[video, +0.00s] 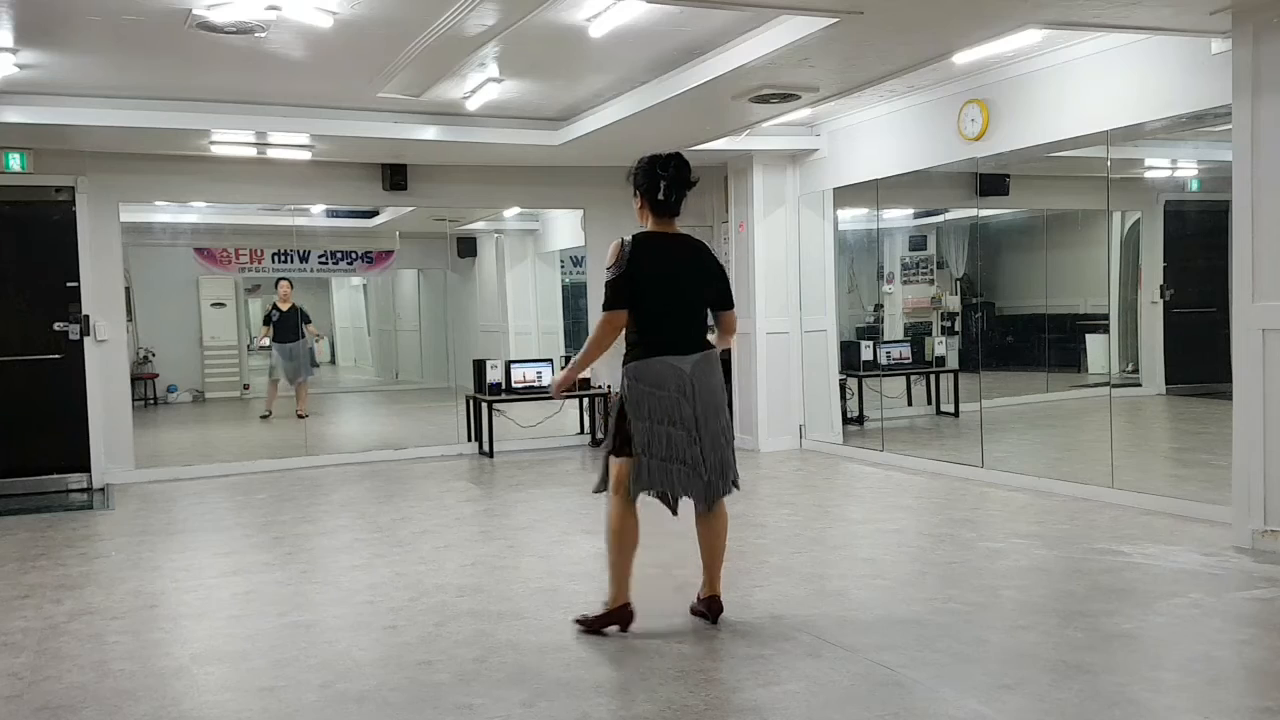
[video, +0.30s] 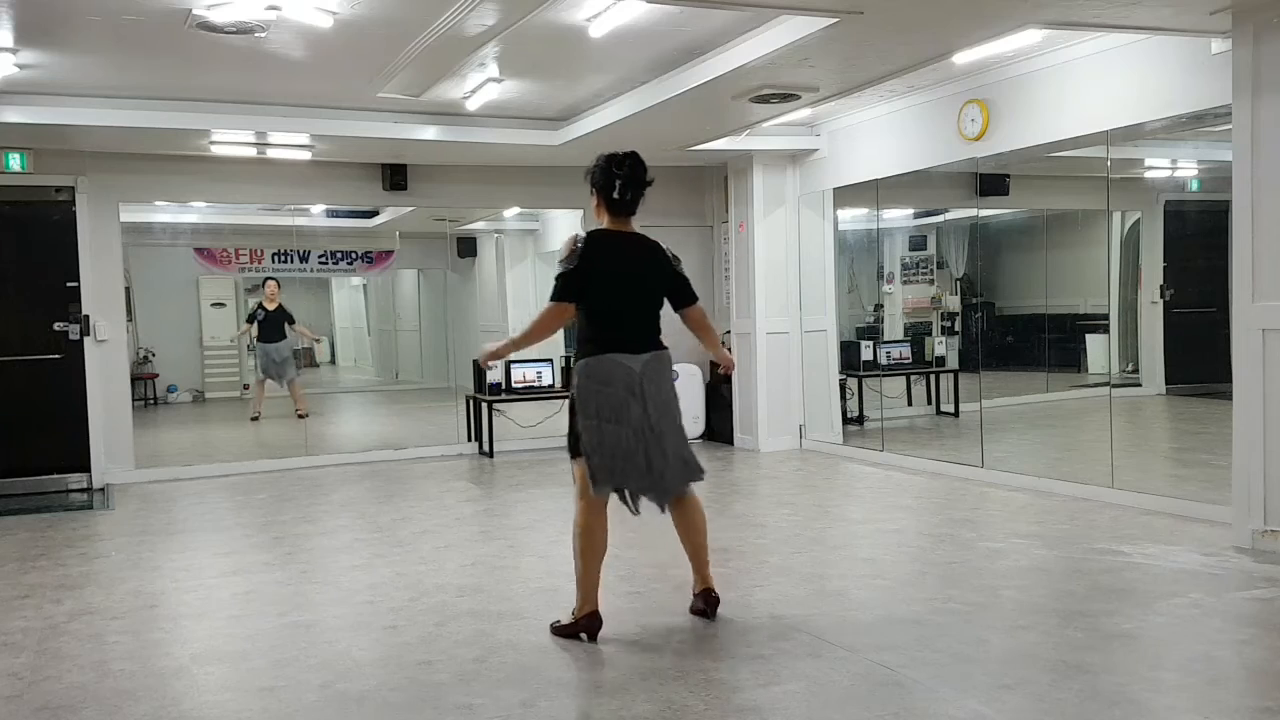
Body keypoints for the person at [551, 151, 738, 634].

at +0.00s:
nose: (634, 204)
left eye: (634, 197)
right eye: (638, 197)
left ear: (640, 202)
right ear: (681, 201)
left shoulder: (630, 254)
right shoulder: (703, 255)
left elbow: (613, 323)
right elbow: (728, 326)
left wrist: (574, 370)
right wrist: (715, 342)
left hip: (646, 377)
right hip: (703, 375)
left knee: (622, 489)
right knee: (709, 485)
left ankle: (619, 602)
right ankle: (711, 595)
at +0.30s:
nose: (589, 201)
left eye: (590, 194)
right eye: (594, 194)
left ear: (596, 198)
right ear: (638, 199)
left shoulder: (583, 251)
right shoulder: (657, 253)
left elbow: (559, 314)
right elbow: (692, 312)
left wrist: (508, 346)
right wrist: (718, 348)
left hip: (598, 375)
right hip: (654, 372)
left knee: (591, 492)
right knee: (675, 481)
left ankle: (587, 611)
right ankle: (704, 586)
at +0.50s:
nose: (561, 200)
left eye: (561, 194)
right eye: (564, 194)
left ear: (567, 197)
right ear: (611, 198)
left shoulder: (551, 249)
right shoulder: (629, 252)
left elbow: (520, 318)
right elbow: (670, 317)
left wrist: (479, 342)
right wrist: (708, 364)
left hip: (570, 375)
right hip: (626, 374)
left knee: (577, 493)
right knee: (638, 486)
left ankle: (585, 611)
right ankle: (666, 589)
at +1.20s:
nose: (527, 210)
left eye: (526, 205)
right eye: (532, 204)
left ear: (529, 209)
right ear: (574, 207)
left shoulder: (521, 261)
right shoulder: (595, 261)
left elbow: (508, 328)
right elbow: (630, 326)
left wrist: (479, 376)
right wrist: (651, 377)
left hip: (537, 382)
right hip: (594, 379)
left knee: (523, 488)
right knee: (600, 491)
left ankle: (513, 583)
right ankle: (603, 602)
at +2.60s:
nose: (551, 217)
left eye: (551, 212)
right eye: (554, 211)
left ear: (556, 215)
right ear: (594, 212)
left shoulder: (552, 261)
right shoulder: (614, 259)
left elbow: (526, 324)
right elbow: (652, 316)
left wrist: (483, 332)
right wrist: (673, 360)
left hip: (568, 370)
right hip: (619, 367)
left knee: (558, 469)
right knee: (624, 465)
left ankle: (563, 569)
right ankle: (633, 562)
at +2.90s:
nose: (568, 215)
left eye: (568, 209)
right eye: (572, 208)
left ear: (573, 213)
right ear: (610, 212)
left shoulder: (561, 261)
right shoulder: (630, 259)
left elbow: (535, 322)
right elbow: (663, 318)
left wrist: (524, 307)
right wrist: (688, 363)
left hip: (579, 367)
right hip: (629, 365)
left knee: (592, 476)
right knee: (630, 470)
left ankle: (611, 568)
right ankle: (634, 561)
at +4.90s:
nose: (536, 198)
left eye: (536, 192)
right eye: (541, 191)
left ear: (540, 197)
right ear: (585, 196)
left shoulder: (525, 252)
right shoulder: (605, 253)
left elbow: (508, 323)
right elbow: (640, 322)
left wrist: (485, 348)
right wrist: (670, 368)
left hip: (544, 378)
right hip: (600, 377)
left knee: (552, 498)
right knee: (593, 495)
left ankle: (572, 611)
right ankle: (594, 604)